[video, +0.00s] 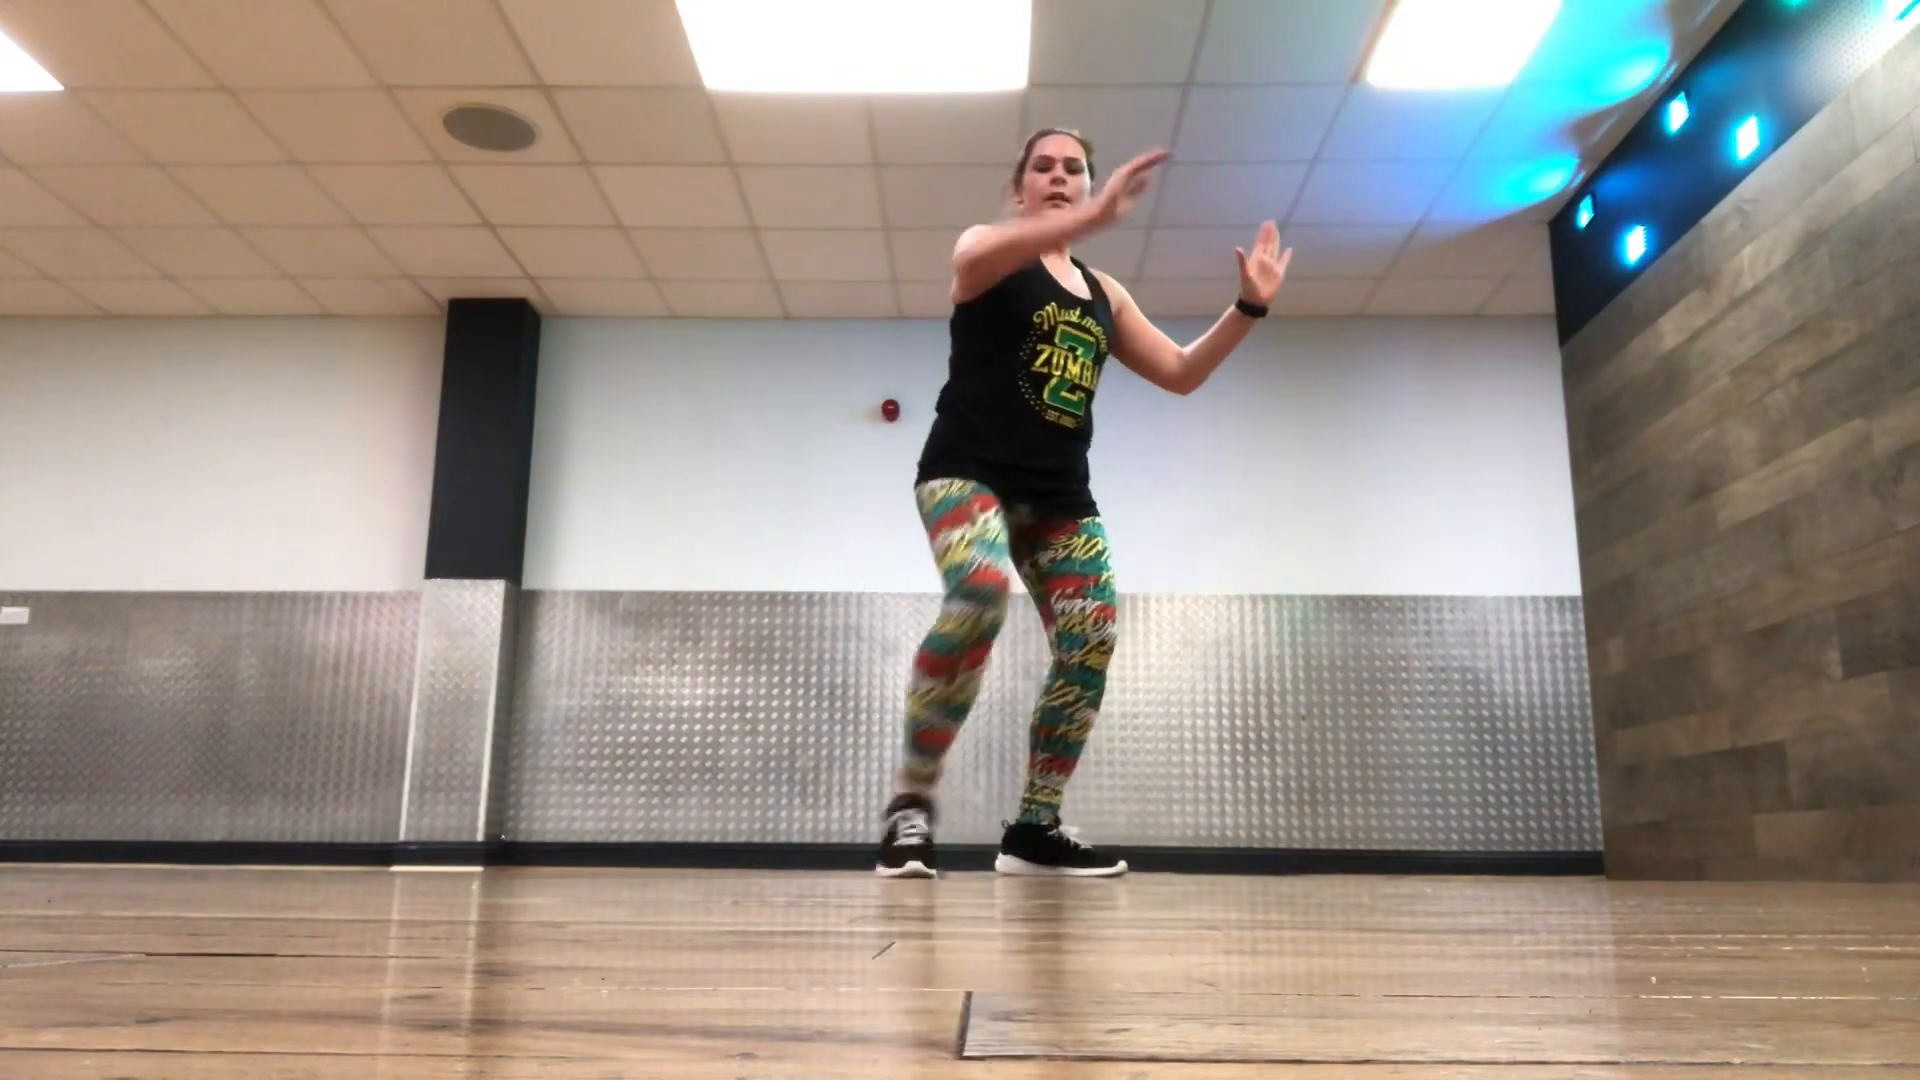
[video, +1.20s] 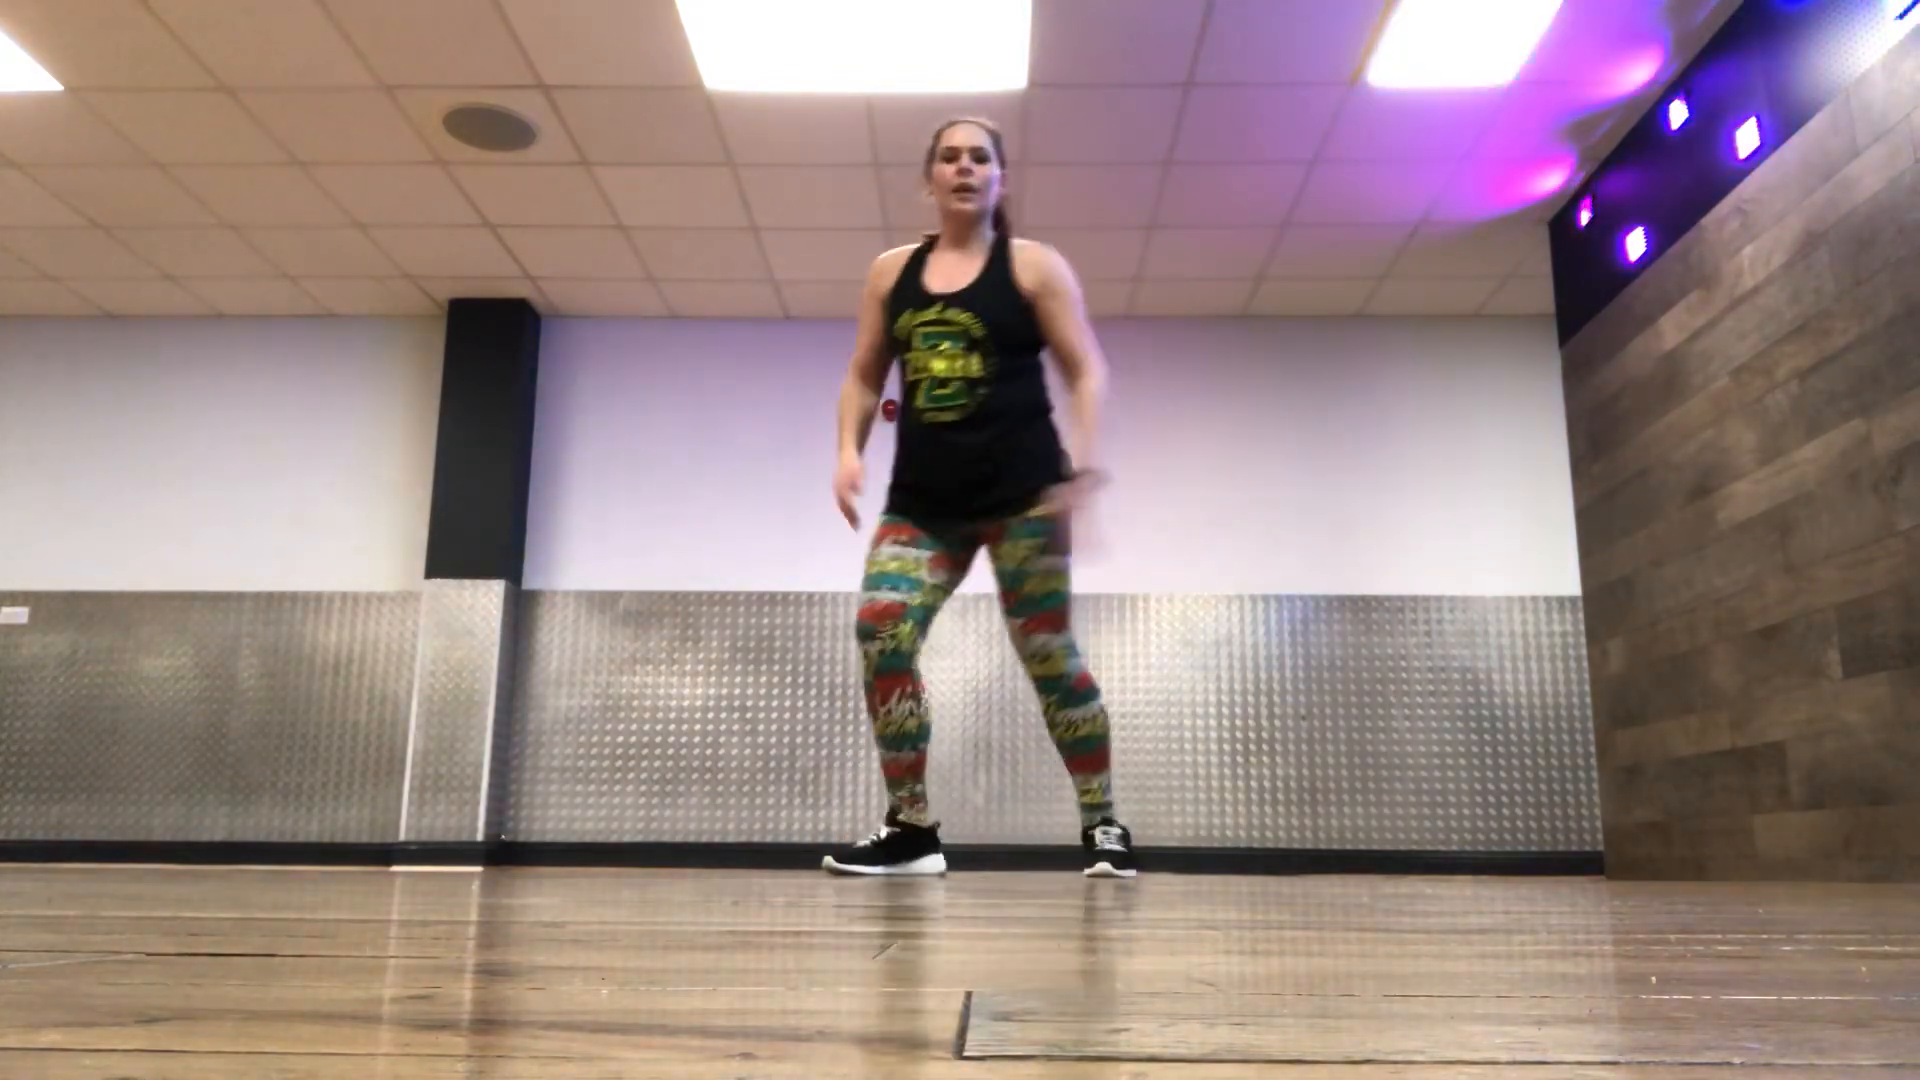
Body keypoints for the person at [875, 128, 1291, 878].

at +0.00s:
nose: (1059, 178)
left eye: (1073, 170)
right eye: (1044, 167)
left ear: (1087, 194)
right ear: (1016, 188)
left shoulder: (1105, 293)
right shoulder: (984, 251)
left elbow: (1179, 371)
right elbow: (981, 255)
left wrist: (1247, 308)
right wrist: (1095, 214)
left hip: (1057, 491)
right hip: (965, 473)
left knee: (1091, 632)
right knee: (981, 592)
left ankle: (1034, 828)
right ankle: (911, 809)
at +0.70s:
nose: (1032, 178)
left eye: (1046, 169)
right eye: (1018, 169)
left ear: (1069, 193)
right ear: (994, 190)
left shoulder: (1093, 294)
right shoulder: (970, 264)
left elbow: (1175, 369)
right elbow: (895, 282)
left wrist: (1230, 305)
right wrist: (1011, 218)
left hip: (1041, 502)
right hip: (941, 489)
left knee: (1088, 636)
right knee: (923, 624)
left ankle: (1034, 829)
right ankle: (842, 818)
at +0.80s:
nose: (1026, 169)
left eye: (1039, 159)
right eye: (1012, 159)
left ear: (1062, 182)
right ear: (990, 182)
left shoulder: (1099, 276)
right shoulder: (962, 257)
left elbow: (1185, 351)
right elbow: (872, 288)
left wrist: (1241, 292)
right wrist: (930, 211)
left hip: (1050, 496)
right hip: (947, 485)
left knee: (1081, 641)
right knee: (908, 622)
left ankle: (1035, 828)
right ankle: (837, 815)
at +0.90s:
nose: (1018, 156)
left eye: (1032, 146)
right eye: (1004, 146)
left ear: (1054, 168)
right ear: (981, 169)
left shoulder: (1095, 257)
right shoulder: (944, 251)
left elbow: (1187, 329)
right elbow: (849, 317)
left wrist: (1254, 289)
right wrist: (878, 245)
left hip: (1059, 484)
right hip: (952, 477)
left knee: (1077, 634)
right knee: (898, 610)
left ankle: (1037, 825)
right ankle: (840, 803)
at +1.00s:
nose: (1005, 148)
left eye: (1019, 138)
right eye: (991, 139)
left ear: (1041, 162)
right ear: (969, 162)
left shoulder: (1081, 249)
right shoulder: (930, 247)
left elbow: (1166, 327)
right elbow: (852, 340)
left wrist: (1239, 326)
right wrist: (841, 314)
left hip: (1059, 472)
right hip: (956, 470)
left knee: (1068, 625)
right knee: (894, 595)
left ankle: (1078, 815)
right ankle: (868, 797)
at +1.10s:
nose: (988, 156)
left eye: (1003, 146)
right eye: (974, 146)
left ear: (1024, 168)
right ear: (952, 168)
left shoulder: (1063, 257)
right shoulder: (914, 256)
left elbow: (1127, 345)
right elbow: (864, 351)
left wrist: (1185, 401)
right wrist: (835, 392)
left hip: (1046, 483)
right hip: (945, 484)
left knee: (1067, 641)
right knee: (888, 611)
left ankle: (1112, 818)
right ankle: (900, 815)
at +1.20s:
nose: (965, 168)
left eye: (979, 157)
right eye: (950, 157)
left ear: (1001, 178)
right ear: (928, 177)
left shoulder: (1033, 266)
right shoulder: (893, 272)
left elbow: (1084, 370)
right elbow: (865, 374)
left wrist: (1085, 464)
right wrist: (847, 452)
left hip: (1024, 496)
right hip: (925, 501)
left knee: (1048, 652)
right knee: (882, 630)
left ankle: (1100, 823)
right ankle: (910, 828)